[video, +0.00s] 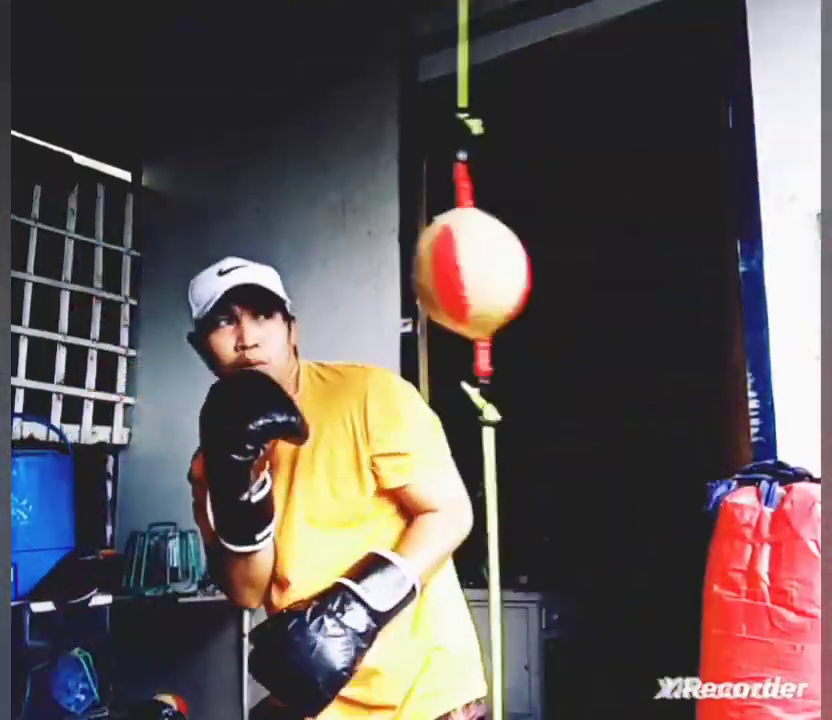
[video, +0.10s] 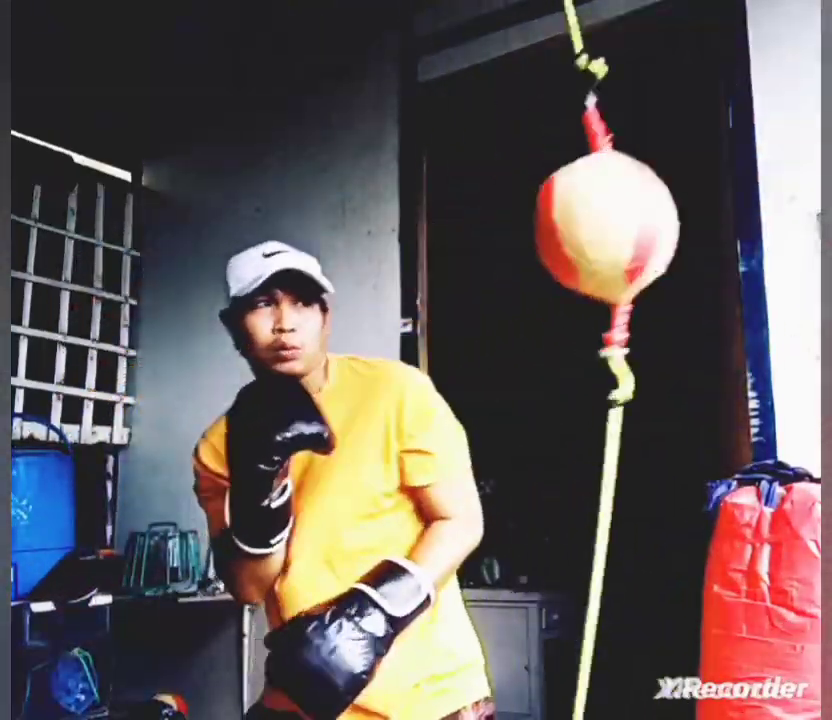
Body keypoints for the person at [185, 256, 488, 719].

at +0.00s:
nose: (246, 336)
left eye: (261, 315)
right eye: (224, 321)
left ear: (290, 329)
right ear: (204, 348)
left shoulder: (372, 394)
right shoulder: (212, 462)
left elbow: (449, 513)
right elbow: (246, 594)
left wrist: (352, 614)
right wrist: (242, 490)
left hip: (423, 682)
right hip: (313, 691)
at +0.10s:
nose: (285, 323)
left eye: (301, 302)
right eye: (263, 304)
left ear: (324, 315)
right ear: (237, 328)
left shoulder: (400, 392)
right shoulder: (222, 448)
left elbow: (461, 520)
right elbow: (249, 589)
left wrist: (370, 618)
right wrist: (261, 491)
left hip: (430, 684)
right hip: (306, 690)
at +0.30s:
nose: (390, 272)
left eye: (404, 257)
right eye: (367, 257)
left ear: (423, 270)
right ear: (329, 280)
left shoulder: (456, 382)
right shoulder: (281, 361)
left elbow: (484, 518)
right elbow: (295, 446)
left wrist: (414, 583)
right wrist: (389, 330)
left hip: (444, 682)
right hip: (313, 687)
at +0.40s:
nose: (395, 273)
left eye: (412, 257)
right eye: (374, 255)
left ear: (433, 275)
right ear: (338, 275)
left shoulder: (470, 386)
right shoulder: (283, 352)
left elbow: (483, 531)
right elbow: (340, 393)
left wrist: (398, 608)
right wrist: (428, 324)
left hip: (446, 683)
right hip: (314, 684)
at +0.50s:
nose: (366, 270)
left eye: (384, 255)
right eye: (345, 252)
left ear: (405, 276)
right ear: (312, 274)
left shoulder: (456, 372)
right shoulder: (260, 376)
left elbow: (474, 526)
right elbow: (262, 522)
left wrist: (366, 617)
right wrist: (333, 413)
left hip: (443, 674)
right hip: (321, 676)